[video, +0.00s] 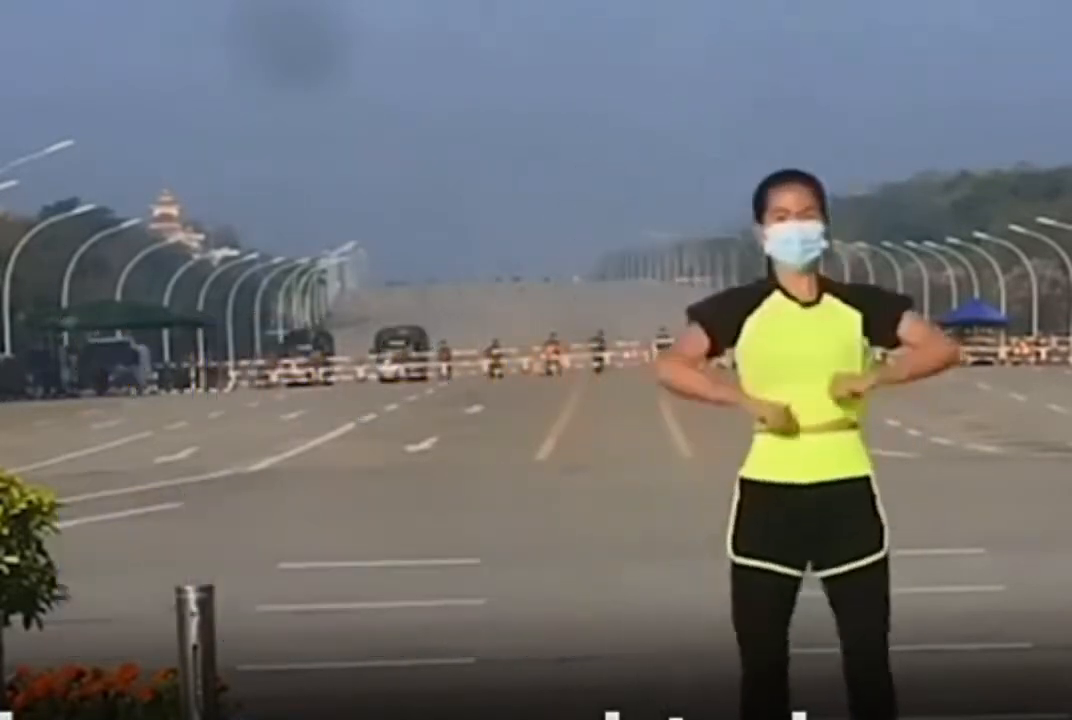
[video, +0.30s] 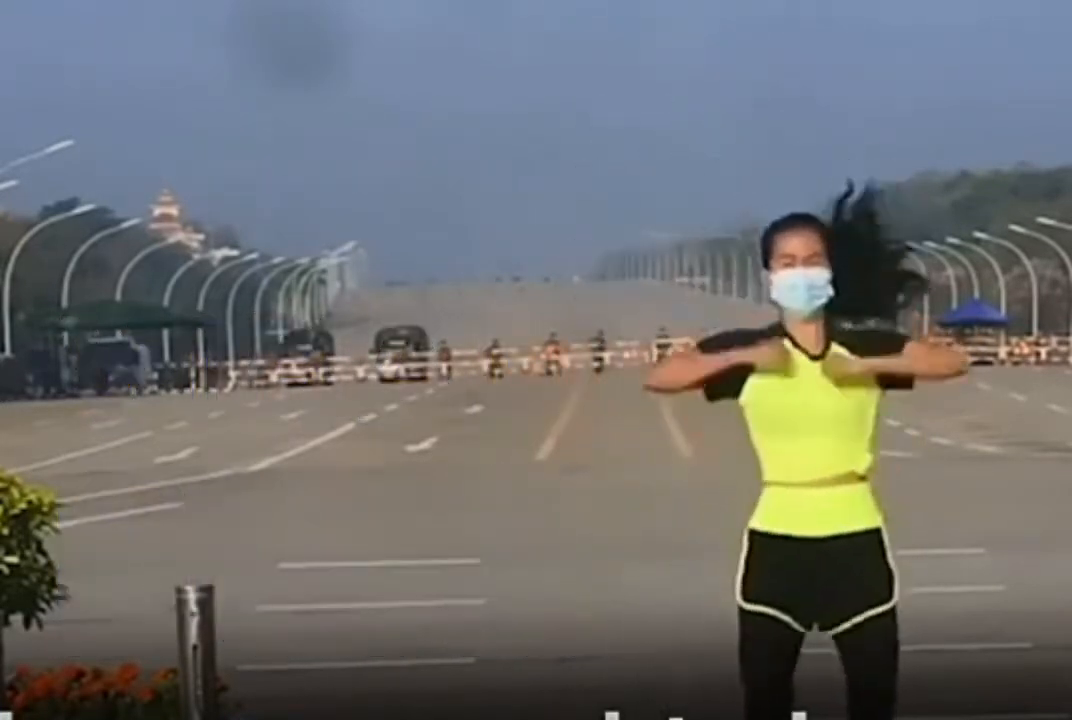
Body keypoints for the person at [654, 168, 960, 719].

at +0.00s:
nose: (796, 227)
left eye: (808, 216)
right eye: (781, 217)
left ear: (825, 227)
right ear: (761, 232)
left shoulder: (862, 304)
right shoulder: (738, 307)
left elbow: (943, 350)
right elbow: (671, 368)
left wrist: (873, 379)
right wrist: (749, 400)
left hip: (847, 497)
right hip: (767, 499)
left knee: (868, 663)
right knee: (761, 666)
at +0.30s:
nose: (802, 273)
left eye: (814, 261)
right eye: (788, 262)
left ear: (832, 270)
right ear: (768, 276)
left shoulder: (864, 345)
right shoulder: (743, 348)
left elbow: (955, 363)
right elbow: (658, 380)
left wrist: (867, 367)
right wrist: (744, 357)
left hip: (856, 539)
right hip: (776, 541)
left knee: (874, 699)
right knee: (764, 702)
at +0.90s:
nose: (767, 262)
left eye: (780, 250)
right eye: (753, 250)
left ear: (797, 260)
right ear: (733, 260)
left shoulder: (830, 343)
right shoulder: (706, 344)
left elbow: (863, 436)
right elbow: (676, 442)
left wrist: (833, 507)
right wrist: (708, 512)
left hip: (811, 528)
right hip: (727, 529)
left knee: (829, 693)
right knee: (710, 692)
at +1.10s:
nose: (752, 262)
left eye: (764, 250)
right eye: (738, 251)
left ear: (782, 259)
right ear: (718, 261)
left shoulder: (820, 336)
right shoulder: (692, 345)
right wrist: (707, 464)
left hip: (801, 534)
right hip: (719, 535)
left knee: (817, 693)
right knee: (705, 694)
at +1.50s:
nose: (733, 264)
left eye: (745, 251)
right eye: (718, 252)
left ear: (762, 257)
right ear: (697, 261)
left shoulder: (787, 326)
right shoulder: (681, 334)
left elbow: (813, 348)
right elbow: (661, 362)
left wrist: (798, 321)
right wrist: (686, 329)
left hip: (786, 518)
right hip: (707, 520)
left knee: (809, 691)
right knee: (697, 692)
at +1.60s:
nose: (722, 261)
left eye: (734, 249)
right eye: (708, 249)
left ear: (751, 257)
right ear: (685, 259)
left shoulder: (774, 325)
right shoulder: (667, 330)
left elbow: (801, 347)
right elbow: (648, 357)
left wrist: (785, 314)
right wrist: (675, 320)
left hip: (771, 518)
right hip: (692, 520)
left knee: (803, 688)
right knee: (688, 692)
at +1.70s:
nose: (707, 259)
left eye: (718, 248)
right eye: (693, 247)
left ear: (734, 257)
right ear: (670, 257)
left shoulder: (756, 326)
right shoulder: (647, 325)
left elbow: (785, 346)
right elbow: (627, 348)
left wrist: (780, 342)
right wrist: (658, 336)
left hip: (749, 516)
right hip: (670, 519)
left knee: (794, 687)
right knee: (674, 692)